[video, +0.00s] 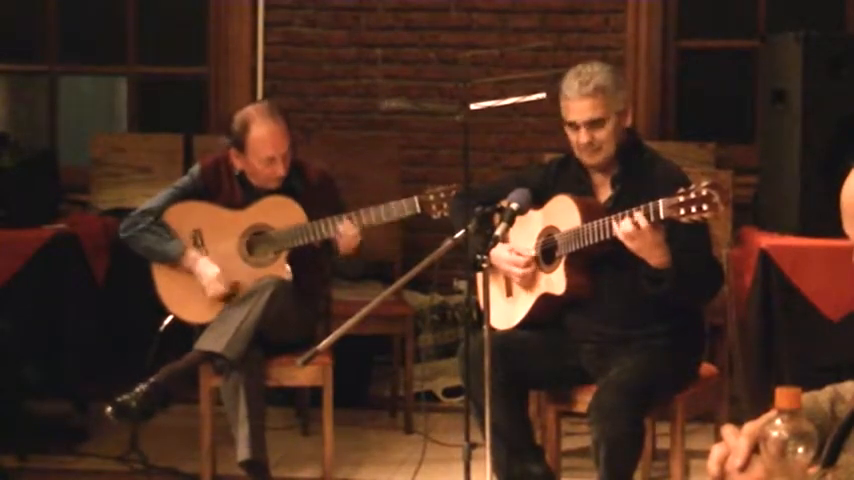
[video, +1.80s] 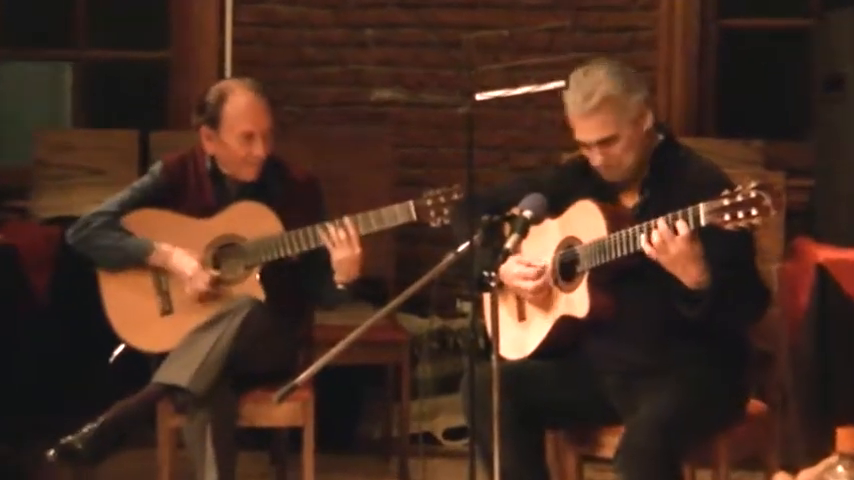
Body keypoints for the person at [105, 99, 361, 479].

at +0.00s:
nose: (280, 169)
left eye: (284, 157)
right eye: (269, 162)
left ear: (290, 145)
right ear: (238, 157)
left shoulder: (313, 183)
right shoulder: (213, 176)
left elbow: (343, 269)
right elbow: (134, 227)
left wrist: (347, 252)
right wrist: (195, 262)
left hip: (297, 315)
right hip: (228, 312)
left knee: (271, 289)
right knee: (245, 357)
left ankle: (165, 380)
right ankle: (255, 468)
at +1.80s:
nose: (260, 151)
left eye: (266, 137)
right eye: (246, 139)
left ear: (275, 131)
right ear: (208, 138)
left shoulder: (294, 190)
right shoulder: (178, 175)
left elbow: (314, 287)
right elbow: (85, 232)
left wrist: (343, 280)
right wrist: (170, 258)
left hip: (273, 342)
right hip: (190, 332)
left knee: (244, 310)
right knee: (211, 394)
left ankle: (118, 420)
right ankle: (213, 474)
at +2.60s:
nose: (196, 142)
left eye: (211, 126)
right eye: (181, 126)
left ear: (230, 125)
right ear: (158, 124)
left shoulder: (271, 188)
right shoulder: (135, 177)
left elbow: (294, 307)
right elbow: (35, 248)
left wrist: (318, 288)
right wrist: (128, 267)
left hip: (248, 363)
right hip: (153, 356)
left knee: (215, 328)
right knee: (181, 428)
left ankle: (90, 444)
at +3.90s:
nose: (142, 155)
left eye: (163, 145)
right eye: (136, 136)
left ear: (207, 147)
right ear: (129, 120)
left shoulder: (255, 192)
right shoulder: (105, 177)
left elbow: (315, 301)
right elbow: (5, 253)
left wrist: (379, 282)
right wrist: (86, 294)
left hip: (227, 385)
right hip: (113, 373)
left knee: (194, 345)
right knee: (149, 445)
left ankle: (70, 459)